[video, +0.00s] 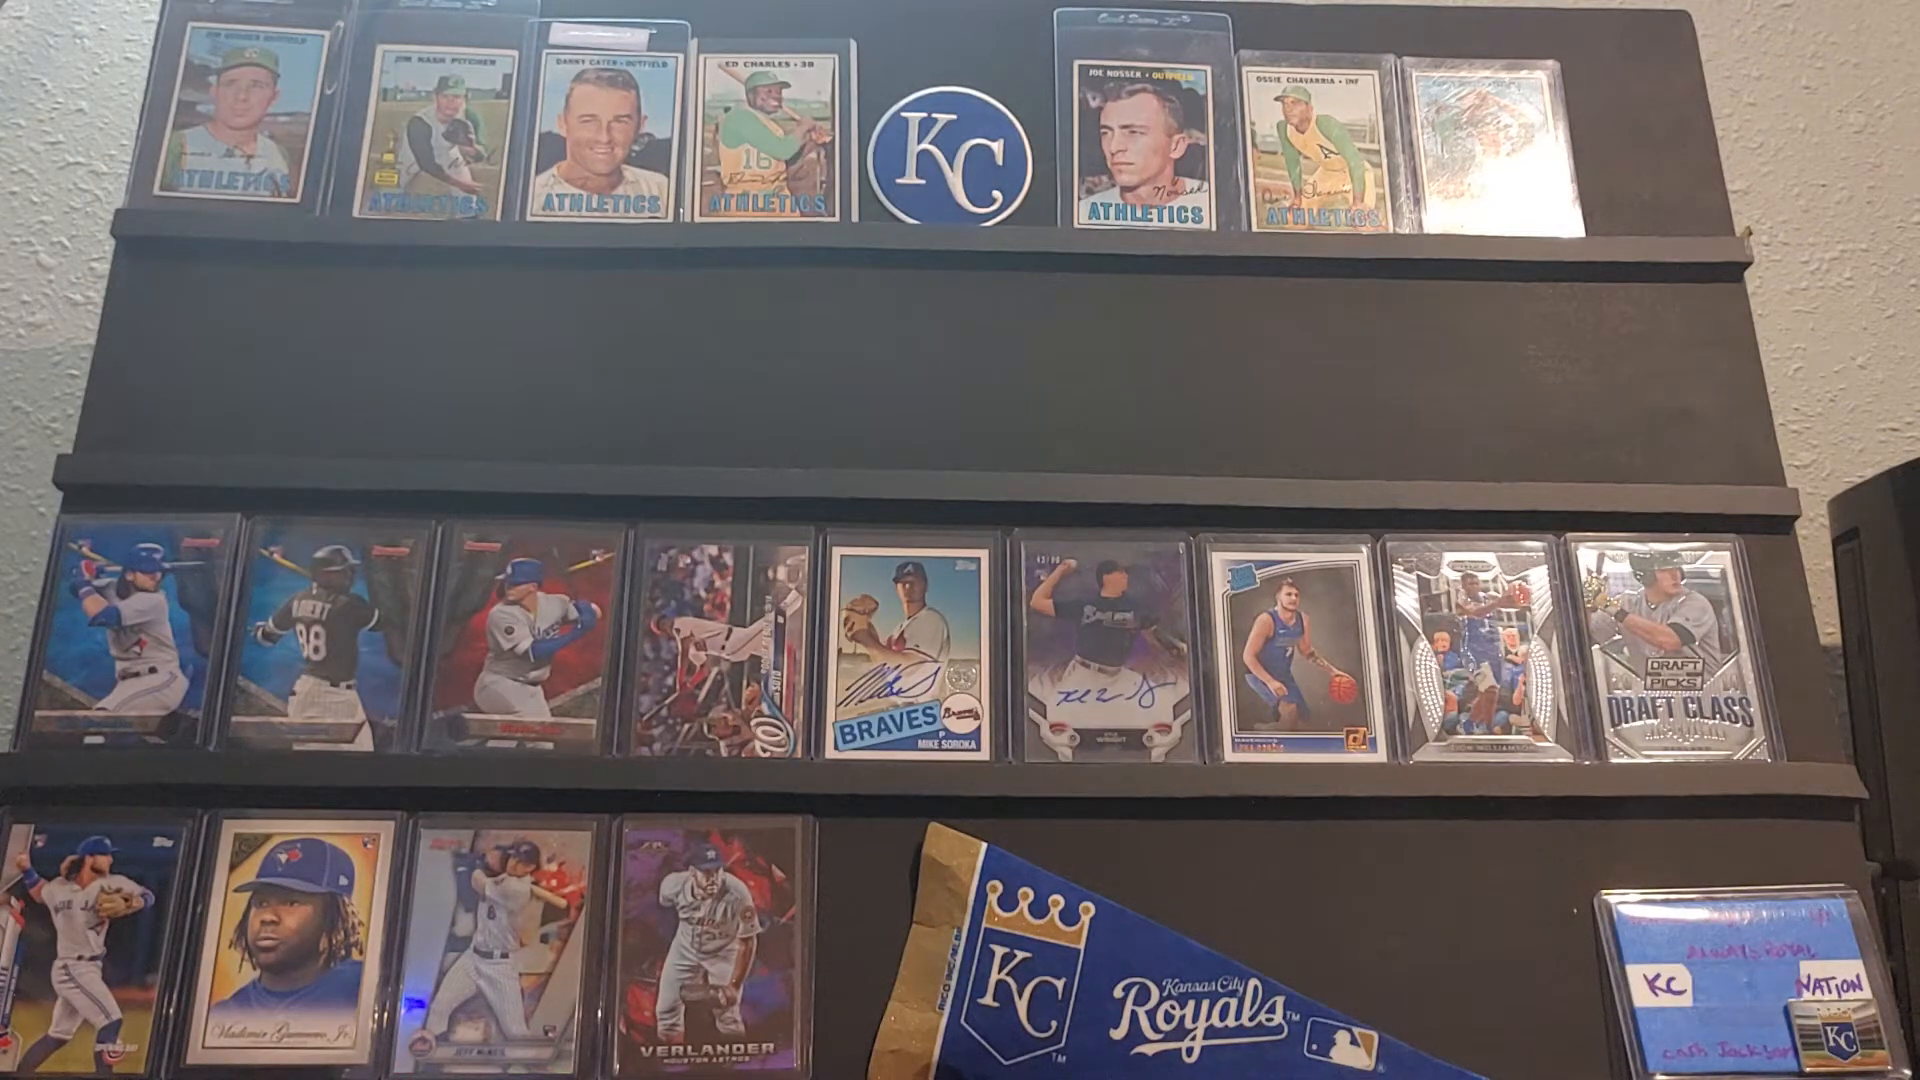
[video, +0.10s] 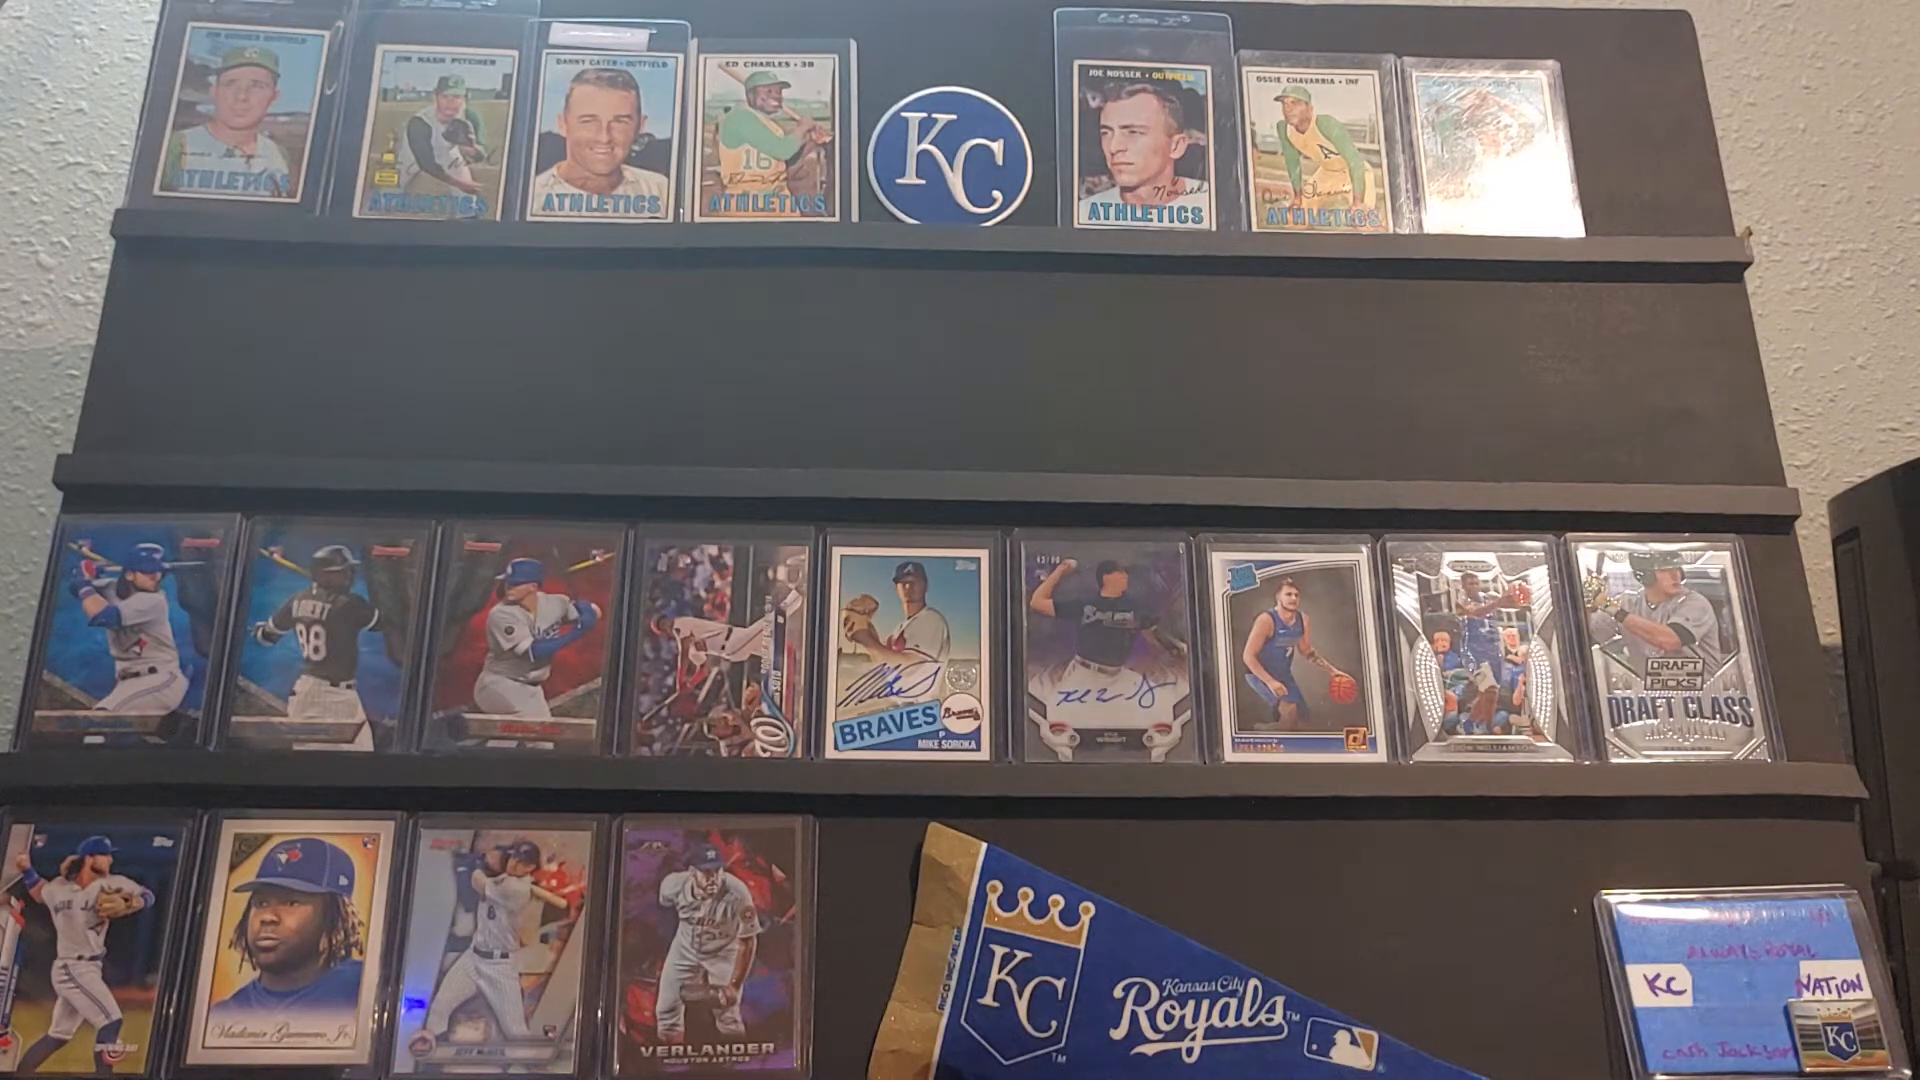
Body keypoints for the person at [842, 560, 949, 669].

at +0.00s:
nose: (907, 588)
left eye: (913, 583)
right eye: (902, 583)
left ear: (925, 586)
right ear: (896, 588)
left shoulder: (931, 619)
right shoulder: (902, 626)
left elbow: (910, 662)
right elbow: (882, 659)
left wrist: (865, 639)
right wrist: (865, 623)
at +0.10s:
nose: (907, 588)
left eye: (913, 583)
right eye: (902, 583)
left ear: (925, 586)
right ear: (896, 588)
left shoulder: (931, 619)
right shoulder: (902, 626)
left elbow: (910, 661)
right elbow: (882, 659)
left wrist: (866, 639)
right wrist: (865, 623)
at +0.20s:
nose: (907, 588)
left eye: (913, 582)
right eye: (902, 583)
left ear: (925, 587)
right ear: (896, 588)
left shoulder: (930, 619)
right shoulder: (902, 626)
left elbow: (909, 663)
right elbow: (882, 658)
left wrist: (866, 639)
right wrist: (866, 624)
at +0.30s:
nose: (907, 588)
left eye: (913, 583)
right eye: (902, 583)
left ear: (925, 587)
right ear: (897, 588)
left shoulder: (930, 619)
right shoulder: (901, 626)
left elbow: (910, 662)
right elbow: (883, 661)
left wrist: (866, 640)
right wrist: (867, 627)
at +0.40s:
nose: (907, 588)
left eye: (913, 583)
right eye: (902, 583)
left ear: (925, 586)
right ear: (897, 588)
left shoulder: (931, 619)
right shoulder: (902, 626)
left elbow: (911, 664)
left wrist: (866, 640)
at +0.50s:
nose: (907, 588)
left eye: (913, 583)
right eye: (902, 583)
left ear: (925, 587)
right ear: (897, 588)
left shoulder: (930, 619)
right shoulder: (901, 627)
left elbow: (911, 664)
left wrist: (866, 640)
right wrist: (868, 630)